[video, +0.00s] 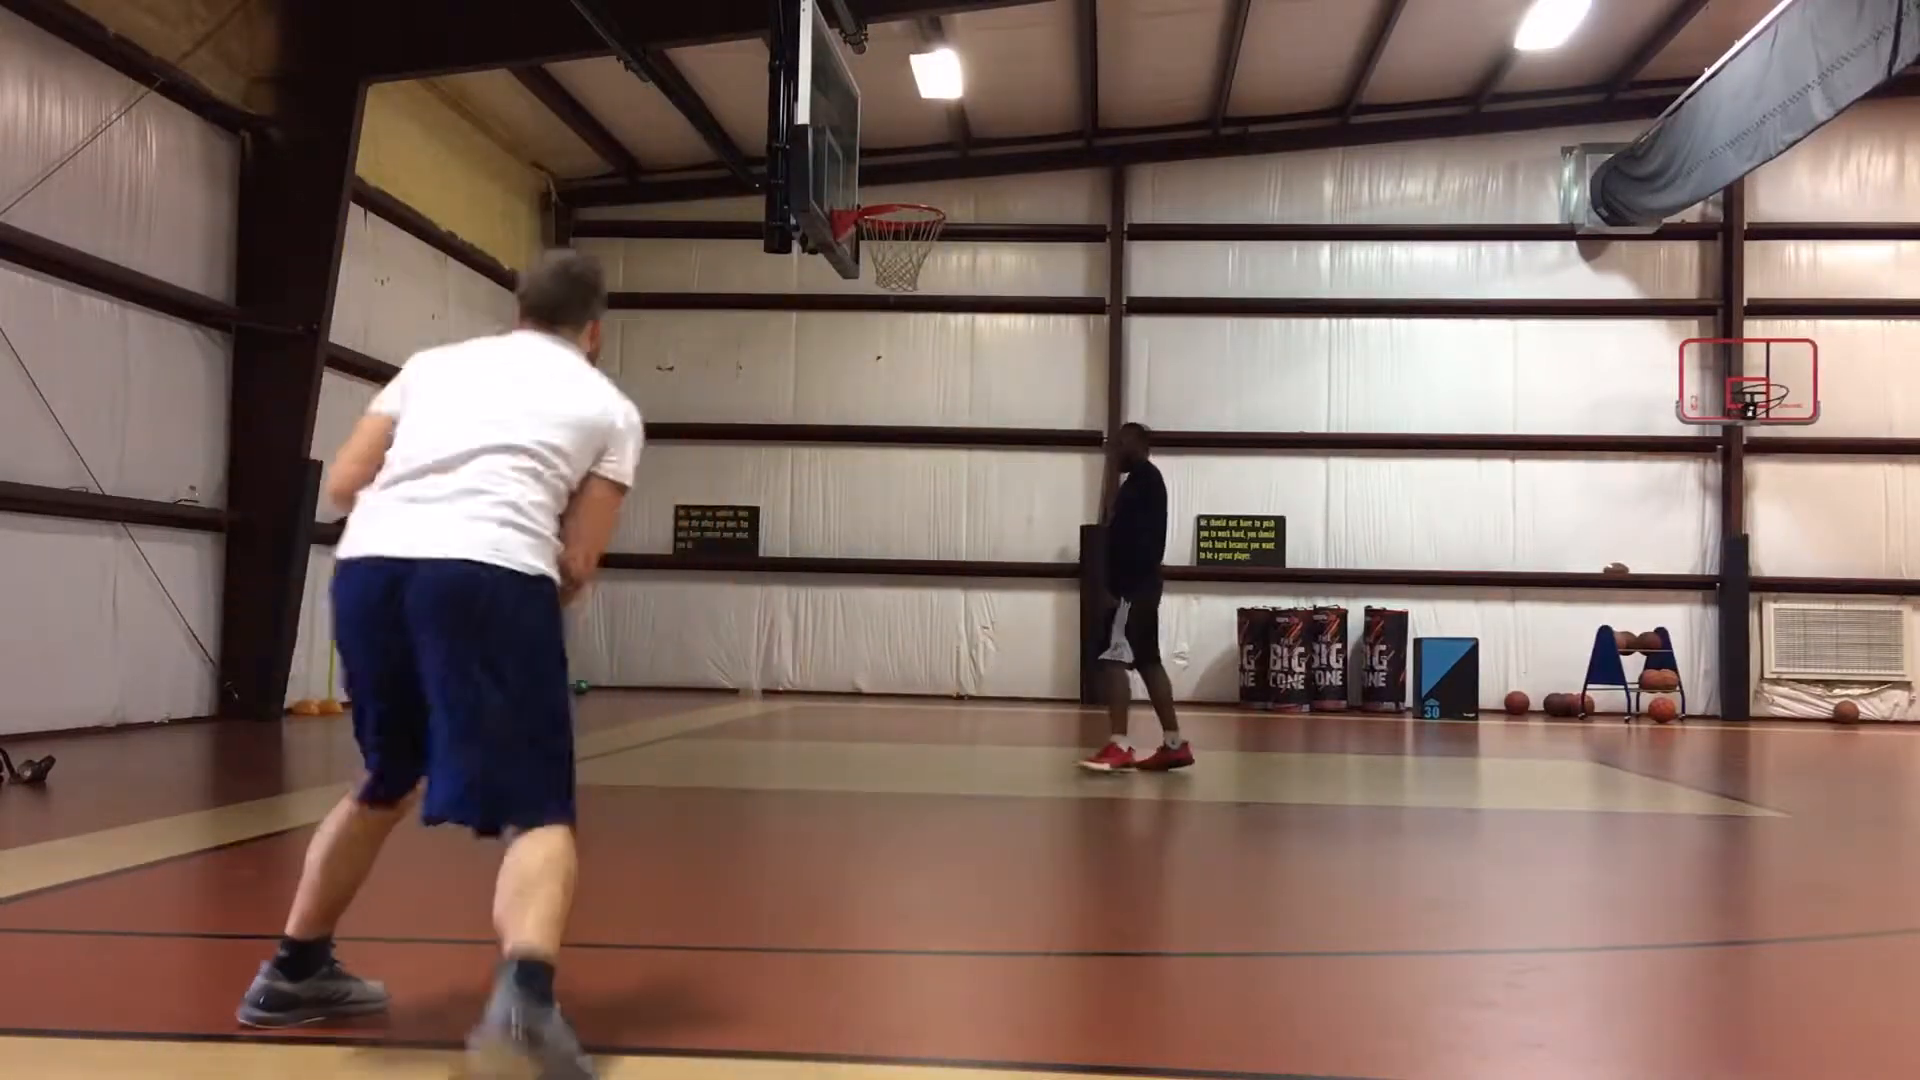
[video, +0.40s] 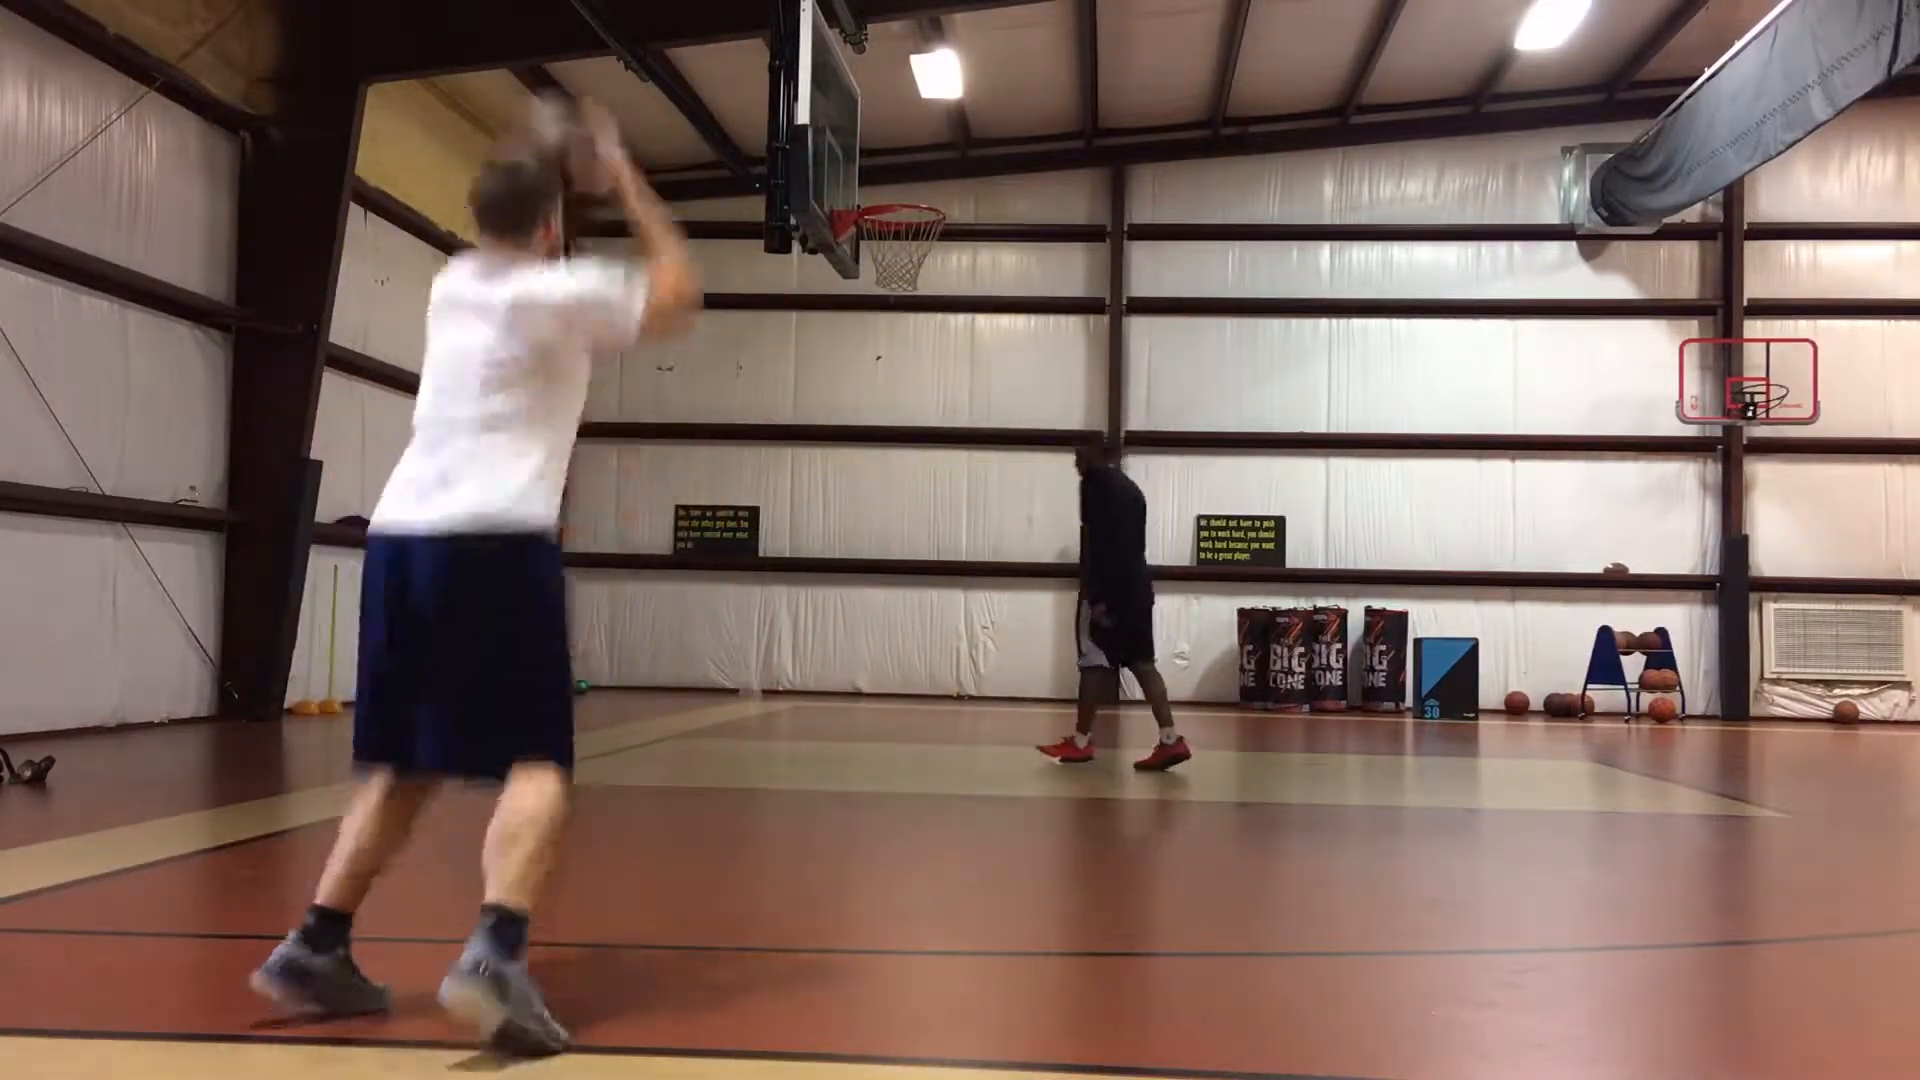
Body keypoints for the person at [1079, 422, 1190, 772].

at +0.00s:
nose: (1113, 450)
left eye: (1118, 443)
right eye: (1114, 443)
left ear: (1135, 445)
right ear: (1141, 446)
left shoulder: (1141, 480)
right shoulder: (1147, 479)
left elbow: (1135, 539)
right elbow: (1140, 538)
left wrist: (1118, 588)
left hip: (1132, 588)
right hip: (1144, 587)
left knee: (1112, 662)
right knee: (1148, 662)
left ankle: (1119, 744)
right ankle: (1175, 743)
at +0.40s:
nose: (1076, 462)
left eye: (1079, 454)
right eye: (1076, 454)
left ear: (1093, 453)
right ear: (1105, 453)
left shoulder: (1093, 485)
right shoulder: (1130, 488)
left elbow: (1097, 543)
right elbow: (1133, 548)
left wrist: (1094, 594)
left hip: (1103, 591)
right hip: (1136, 589)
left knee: (1092, 666)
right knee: (1142, 664)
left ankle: (1080, 740)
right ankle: (1171, 739)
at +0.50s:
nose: (1065, 460)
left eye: (1068, 453)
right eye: (1065, 453)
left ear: (1084, 452)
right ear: (1096, 452)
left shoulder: (1078, 487)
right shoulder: (1121, 487)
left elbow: (1082, 545)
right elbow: (1129, 544)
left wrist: (1080, 596)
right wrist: (1115, 580)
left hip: (1090, 592)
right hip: (1122, 589)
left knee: (1080, 665)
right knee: (1125, 662)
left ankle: (1077, 740)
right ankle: (1163, 731)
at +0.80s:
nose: (1044, 456)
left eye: (1048, 450)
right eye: (1045, 450)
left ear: (1063, 453)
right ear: (1076, 453)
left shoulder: (1053, 488)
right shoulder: (1102, 486)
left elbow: (1033, 545)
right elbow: (1109, 543)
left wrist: (1012, 589)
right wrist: (1102, 580)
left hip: (1064, 588)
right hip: (1099, 587)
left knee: (1061, 656)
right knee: (1070, 658)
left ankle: (1087, 727)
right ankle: (1079, 734)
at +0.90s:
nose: (1041, 452)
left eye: (1047, 447)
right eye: (1043, 446)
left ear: (1063, 452)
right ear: (1072, 453)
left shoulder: (1048, 489)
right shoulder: (1089, 486)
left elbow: (1026, 539)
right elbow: (1097, 541)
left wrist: (999, 578)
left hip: (1057, 589)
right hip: (1082, 587)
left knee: (1051, 657)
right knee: (1059, 658)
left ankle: (1075, 739)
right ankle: (1067, 736)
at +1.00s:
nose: (1037, 448)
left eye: (1044, 444)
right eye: (1041, 443)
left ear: (1059, 454)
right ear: (1063, 455)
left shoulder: (1047, 489)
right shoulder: (1073, 487)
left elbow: (1025, 537)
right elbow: (1068, 543)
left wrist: (992, 571)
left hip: (1053, 588)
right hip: (1060, 586)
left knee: (1059, 660)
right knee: (1037, 658)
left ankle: (1075, 740)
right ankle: (1037, 733)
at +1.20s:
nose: (1027, 447)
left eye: (1037, 443)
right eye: (1030, 442)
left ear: (1050, 456)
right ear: (1040, 455)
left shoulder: (1044, 492)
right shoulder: (1036, 491)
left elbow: (1028, 556)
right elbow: (1023, 555)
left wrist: (993, 589)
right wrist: (994, 588)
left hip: (1039, 590)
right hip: (1024, 589)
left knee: (1049, 660)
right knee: (1010, 658)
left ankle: (1074, 738)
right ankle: (1017, 736)